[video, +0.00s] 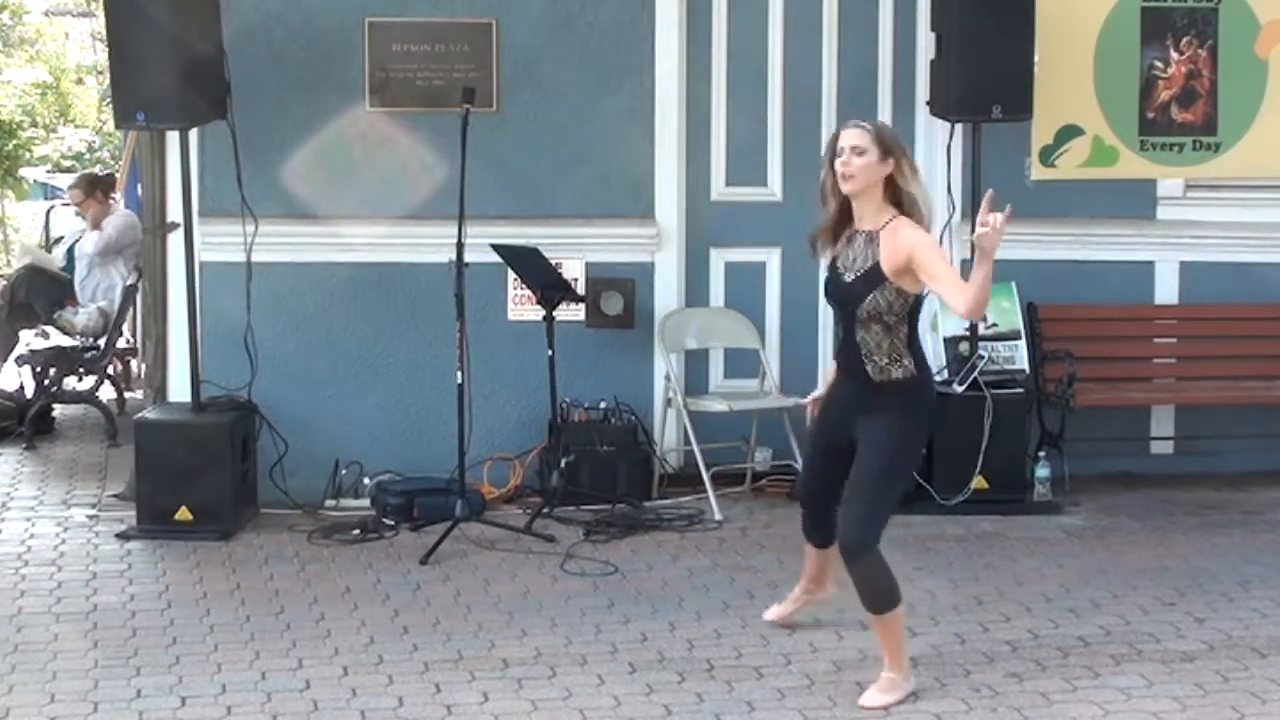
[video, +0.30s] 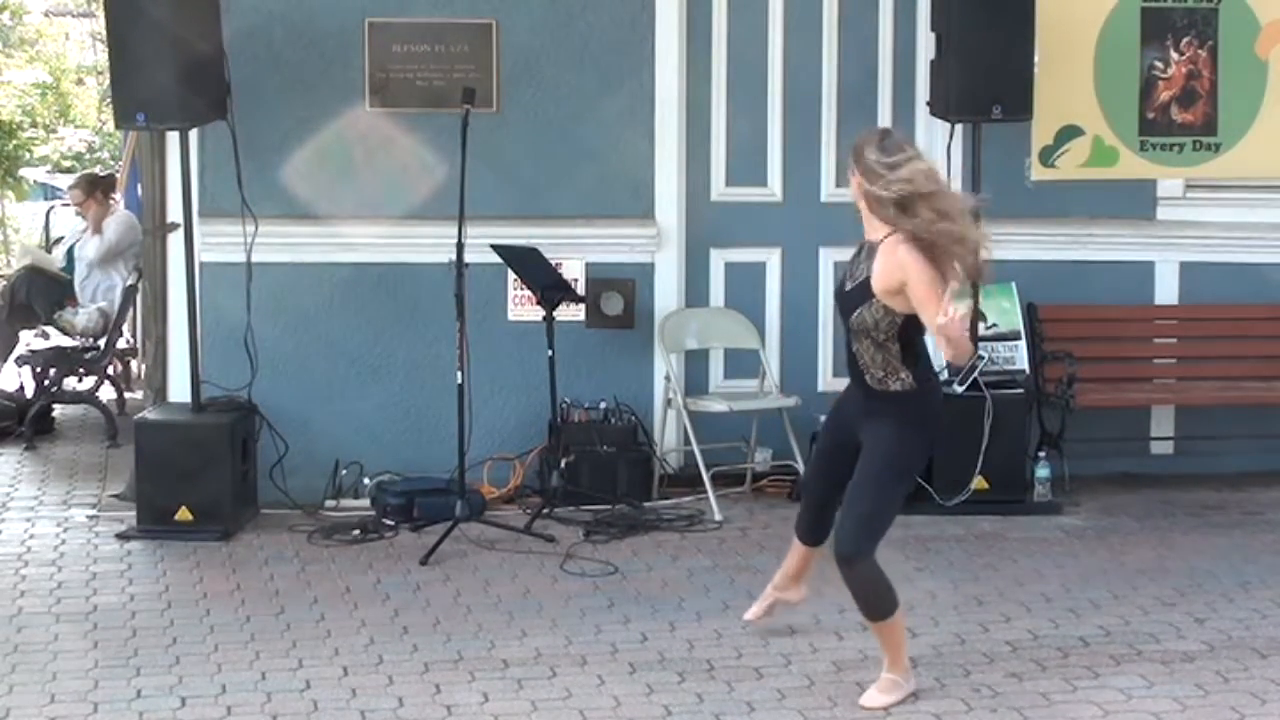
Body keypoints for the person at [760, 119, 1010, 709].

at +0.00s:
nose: (844, 162)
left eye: (859, 152)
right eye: (839, 154)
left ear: (889, 165)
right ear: (833, 170)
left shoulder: (909, 237)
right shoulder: (846, 240)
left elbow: (969, 305)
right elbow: (858, 333)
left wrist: (985, 254)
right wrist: (829, 389)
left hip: (898, 401)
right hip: (847, 395)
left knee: (856, 535)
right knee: (815, 491)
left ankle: (897, 671)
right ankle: (815, 584)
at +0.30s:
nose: (848, 183)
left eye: (850, 174)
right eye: (851, 175)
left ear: (864, 183)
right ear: (893, 181)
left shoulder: (906, 254)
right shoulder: (875, 238)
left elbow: (959, 355)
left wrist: (955, 336)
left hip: (904, 413)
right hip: (860, 395)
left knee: (851, 548)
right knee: (818, 488)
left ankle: (898, 669)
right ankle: (789, 582)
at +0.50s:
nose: (846, 196)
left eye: (851, 187)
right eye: (848, 186)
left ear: (866, 193)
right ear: (900, 186)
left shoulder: (902, 269)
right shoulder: (872, 250)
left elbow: (938, 353)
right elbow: (889, 327)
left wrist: (933, 406)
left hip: (899, 416)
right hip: (859, 398)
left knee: (848, 552)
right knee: (821, 488)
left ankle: (899, 670)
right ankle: (790, 581)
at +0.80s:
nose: (819, 189)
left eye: (824, 181)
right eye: (824, 179)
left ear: (835, 188)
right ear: (877, 184)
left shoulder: (851, 258)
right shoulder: (865, 244)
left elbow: (897, 351)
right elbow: (916, 332)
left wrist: (912, 442)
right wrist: (931, 402)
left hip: (877, 408)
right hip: (853, 398)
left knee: (834, 550)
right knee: (816, 487)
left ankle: (898, 669)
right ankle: (787, 589)